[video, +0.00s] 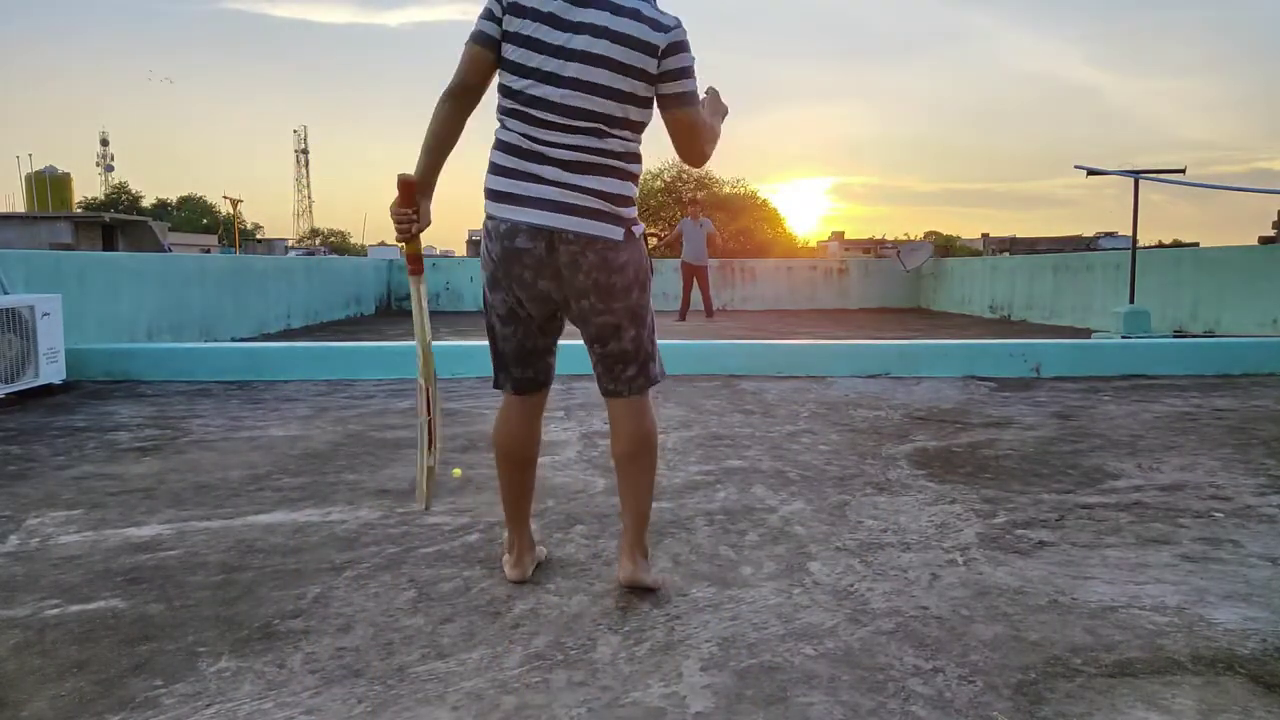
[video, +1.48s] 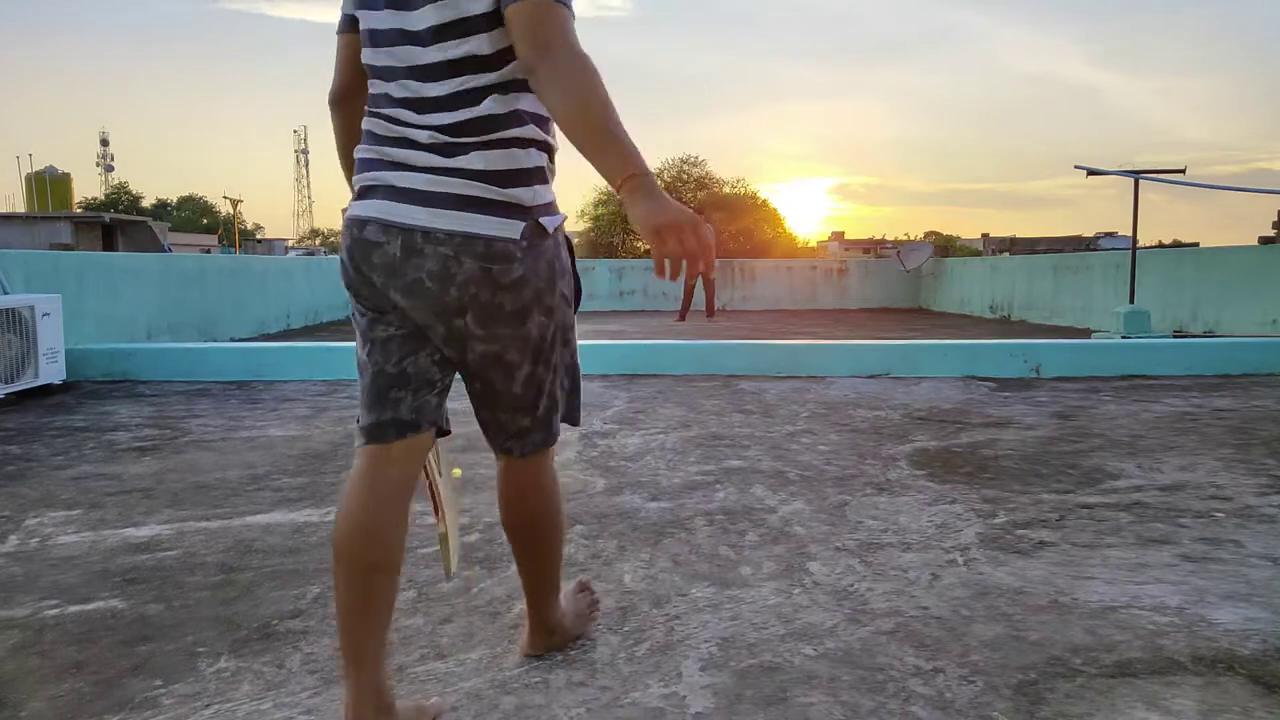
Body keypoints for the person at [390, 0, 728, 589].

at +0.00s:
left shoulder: (514, 5)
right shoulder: (658, 25)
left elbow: (459, 94)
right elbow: (694, 149)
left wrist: (420, 187)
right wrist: (713, 111)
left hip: (513, 225)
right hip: (602, 234)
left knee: (521, 388)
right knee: (628, 392)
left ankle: (518, 547)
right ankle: (633, 555)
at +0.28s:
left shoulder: (471, 5)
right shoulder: (617, 8)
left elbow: (444, 106)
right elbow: (699, 27)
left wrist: (399, 201)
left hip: (498, 224)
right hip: (586, 228)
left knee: (511, 390)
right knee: (604, 388)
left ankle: (518, 548)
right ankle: (614, 551)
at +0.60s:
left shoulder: (456, 7)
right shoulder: (608, 19)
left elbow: (429, 109)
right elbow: (632, 143)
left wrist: (383, 212)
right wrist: (592, 200)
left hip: (498, 227)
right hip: (591, 228)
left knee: (509, 394)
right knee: (589, 390)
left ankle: (519, 545)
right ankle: (554, 552)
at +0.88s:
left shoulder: (452, 4)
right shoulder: (624, 11)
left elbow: (418, 100)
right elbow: (632, 147)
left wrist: (376, 199)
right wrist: (611, 221)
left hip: (483, 221)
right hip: (582, 221)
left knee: (499, 402)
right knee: (557, 412)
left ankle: (513, 552)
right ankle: (540, 615)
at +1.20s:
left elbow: (389, 79)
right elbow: (649, 111)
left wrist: (364, 189)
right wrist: (746, 212)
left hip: (447, 216)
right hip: (553, 216)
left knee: (467, 402)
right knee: (541, 419)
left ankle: (427, 573)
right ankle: (540, 614)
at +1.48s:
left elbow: (347, 94)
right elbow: (547, 52)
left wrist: (372, 197)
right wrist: (643, 191)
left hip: (379, 222)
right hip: (498, 230)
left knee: (385, 451)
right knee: (525, 444)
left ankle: (365, 699)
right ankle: (546, 618)